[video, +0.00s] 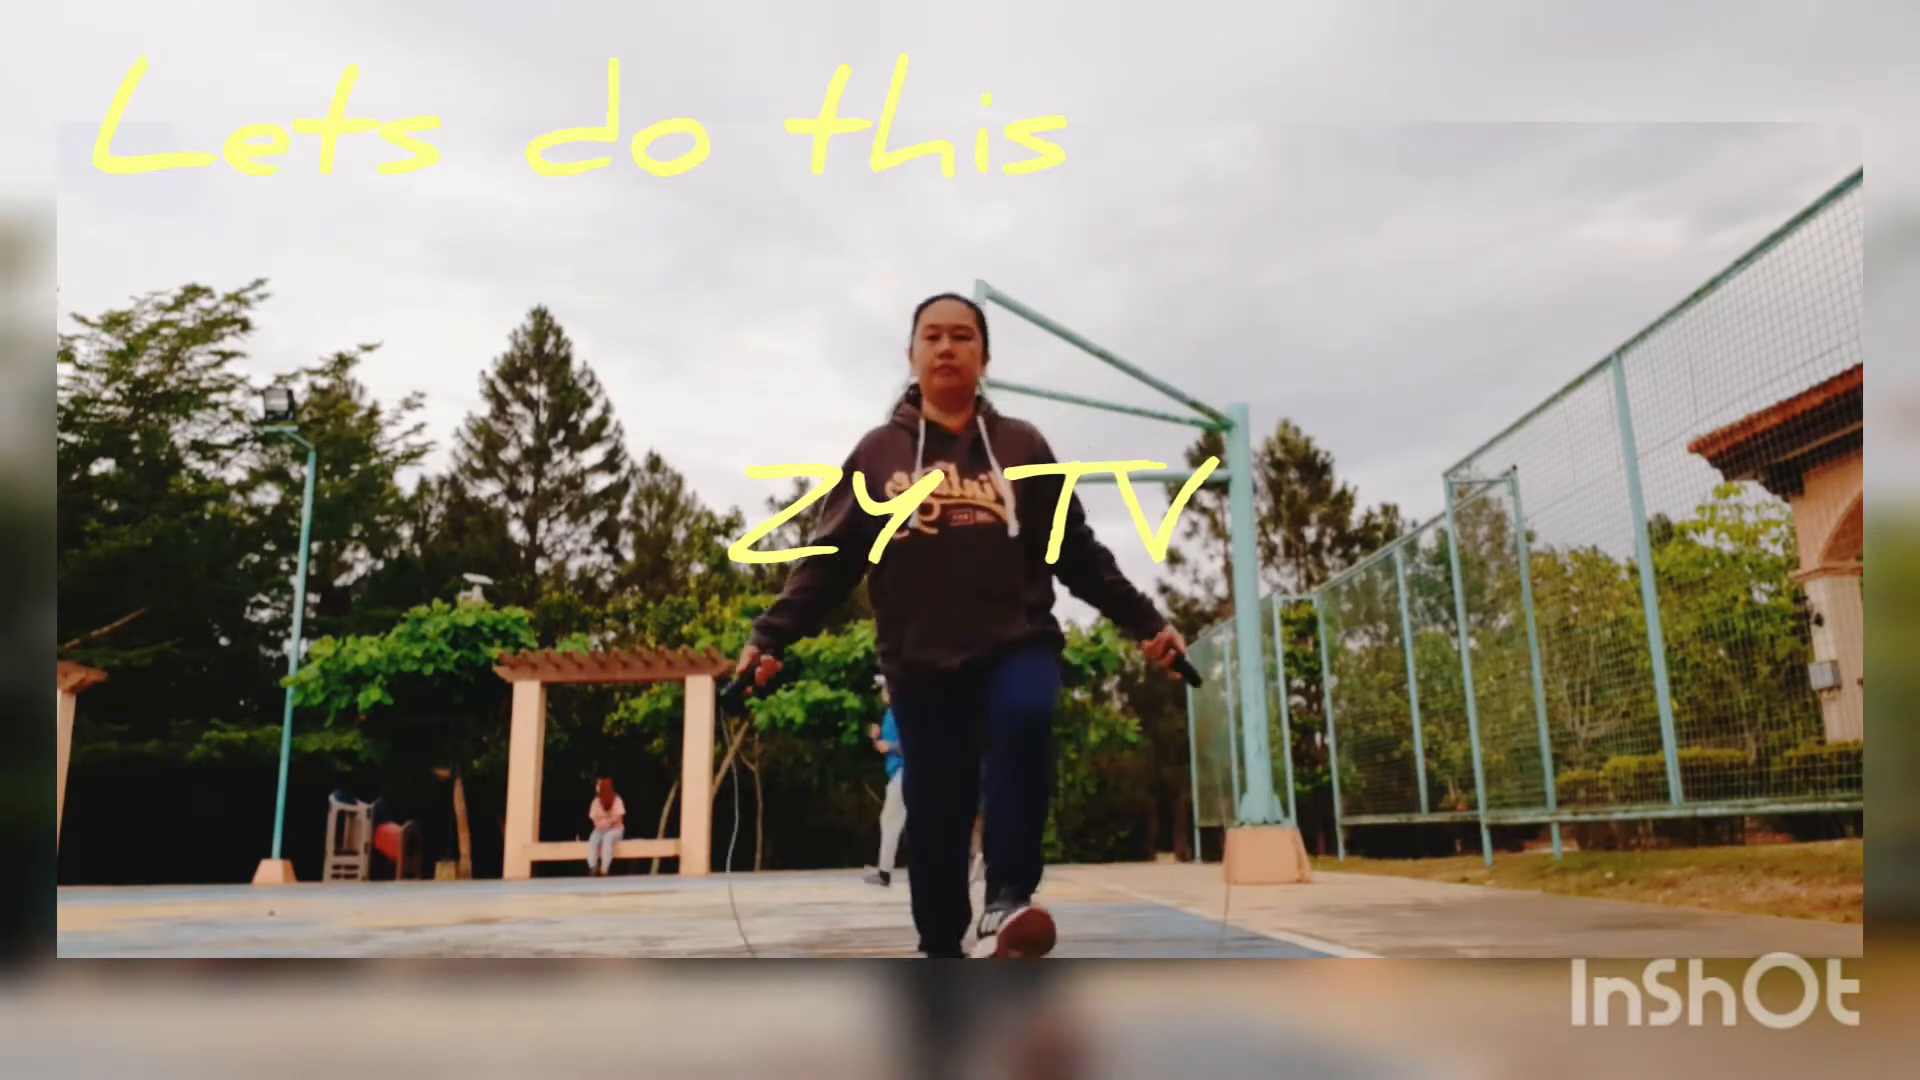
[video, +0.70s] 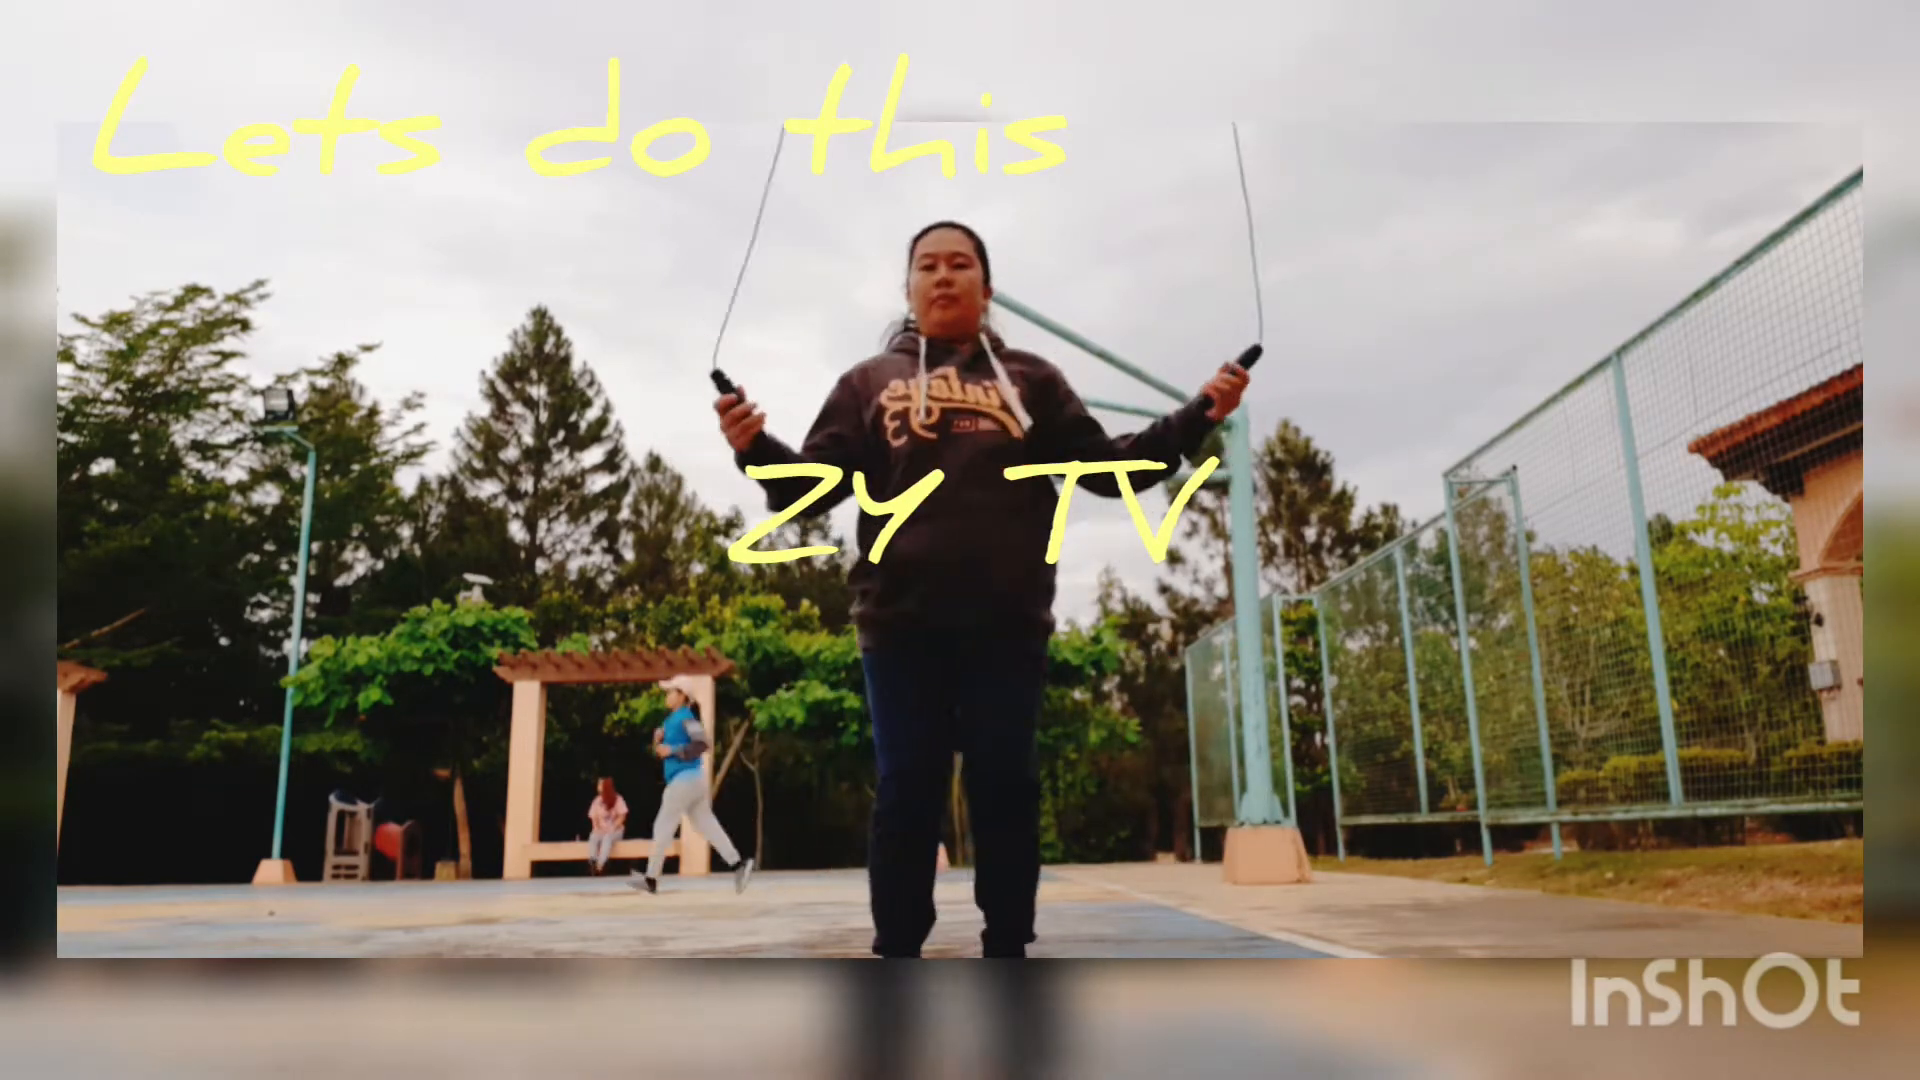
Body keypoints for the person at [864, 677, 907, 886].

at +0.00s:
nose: (881, 695)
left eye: (883, 690)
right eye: (882, 690)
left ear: (890, 692)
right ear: (890, 692)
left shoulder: (892, 715)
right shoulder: (896, 714)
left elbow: (902, 743)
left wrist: (884, 743)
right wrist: (880, 735)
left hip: (901, 772)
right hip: (902, 771)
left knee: (891, 818)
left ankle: (885, 870)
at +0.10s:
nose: (844, 699)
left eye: (848, 695)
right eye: (845, 695)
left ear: (859, 698)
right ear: (857, 698)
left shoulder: (861, 721)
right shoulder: (859, 721)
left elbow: (868, 756)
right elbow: (865, 756)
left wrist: (844, 756)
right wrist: (845, 756)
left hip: (871, 783)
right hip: (880, 781)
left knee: (854, 829)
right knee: (877, 834)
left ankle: (871, 874)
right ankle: (916, 854)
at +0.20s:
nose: (820, 698)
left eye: (824, 694)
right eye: (821, 694)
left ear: (834, 697)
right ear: (833, 696)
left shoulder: (836, 718)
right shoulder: (833, 719)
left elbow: (832, 753)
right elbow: (831, 753)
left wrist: (811, 750)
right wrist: (813, 751)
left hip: (853, 779)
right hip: (845, 781)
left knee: (843, 827)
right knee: (828, 826)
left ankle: (870, 870)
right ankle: (864, 866)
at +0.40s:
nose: (757, 699)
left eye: (760, 695)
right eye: (757, 695)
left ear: (771, 698)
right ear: (768, 697)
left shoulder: (767, 719)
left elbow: (758, 752)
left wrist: (745, 746)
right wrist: (748, 751)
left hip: (782, 780)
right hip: (777, 783)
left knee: (787, 830)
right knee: (760, 827)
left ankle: (831, 858)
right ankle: (762, 877)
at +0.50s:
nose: (733, 704)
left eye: (737, 700)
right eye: (733, 700)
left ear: (747, 703)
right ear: (743, 703)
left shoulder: (746, 723)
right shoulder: (745, 722)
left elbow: (746, 757)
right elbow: (746, 755)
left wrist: (727, 759)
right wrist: (728, 756)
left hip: (758, 784)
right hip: (755, 784)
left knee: (741, 835)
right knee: (744, 835)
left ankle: (785, 860)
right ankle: (759, 877)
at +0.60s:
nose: (696, 697)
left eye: (700, 693)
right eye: (697, 693)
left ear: (710, 697)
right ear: (703, 697)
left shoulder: (712, 717)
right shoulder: (703, 719)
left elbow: (724, 746)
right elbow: (704, 748)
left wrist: (696, 754)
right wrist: (686, 745)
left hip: (719, 780)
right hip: (716, 779)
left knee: (689, 822)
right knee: (727, 830)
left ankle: (696, 874)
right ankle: (754, 868)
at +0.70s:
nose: (667, 697)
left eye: (671, 693)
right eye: (667, 693)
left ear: (682, 696)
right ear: (674, 696)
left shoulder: (685, 717)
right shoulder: (671, 719)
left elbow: (701, 743)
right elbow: (668, 748)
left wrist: (673, 751)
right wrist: (658, 742)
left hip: (684, 777)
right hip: (688, 777)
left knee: (663, 825)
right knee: (705, 823)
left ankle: (651, 877)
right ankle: (737, 862)